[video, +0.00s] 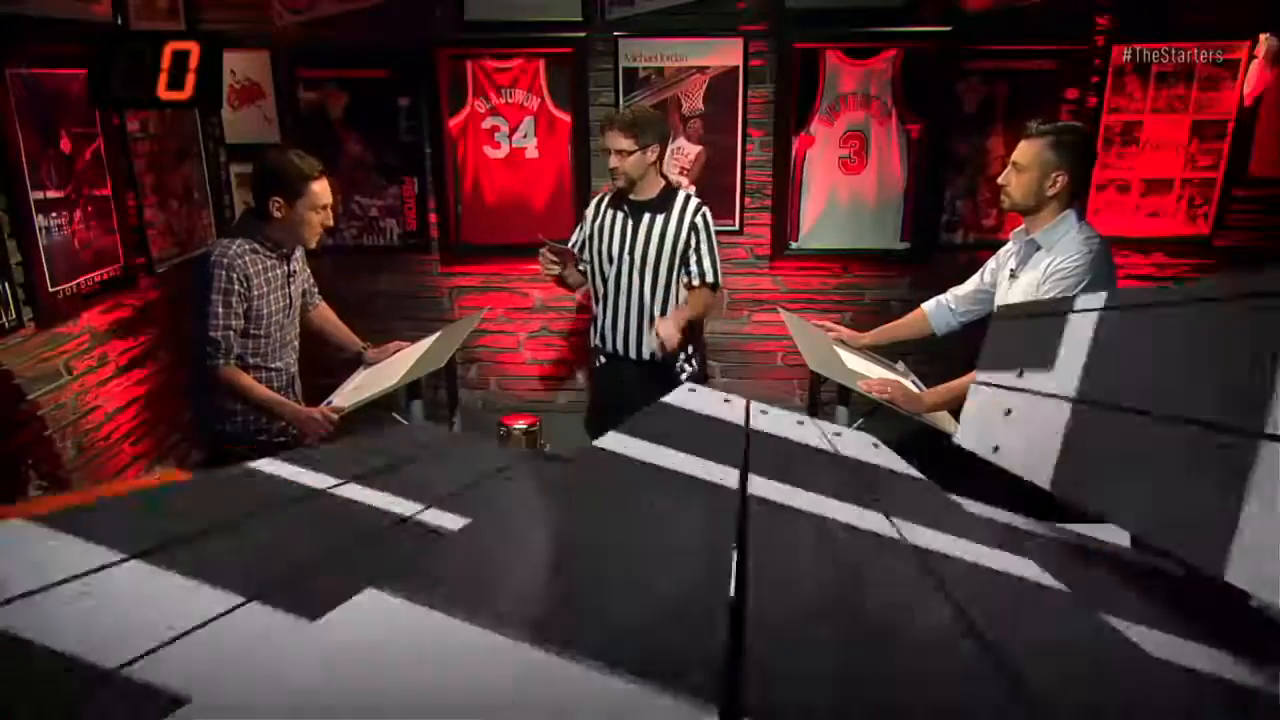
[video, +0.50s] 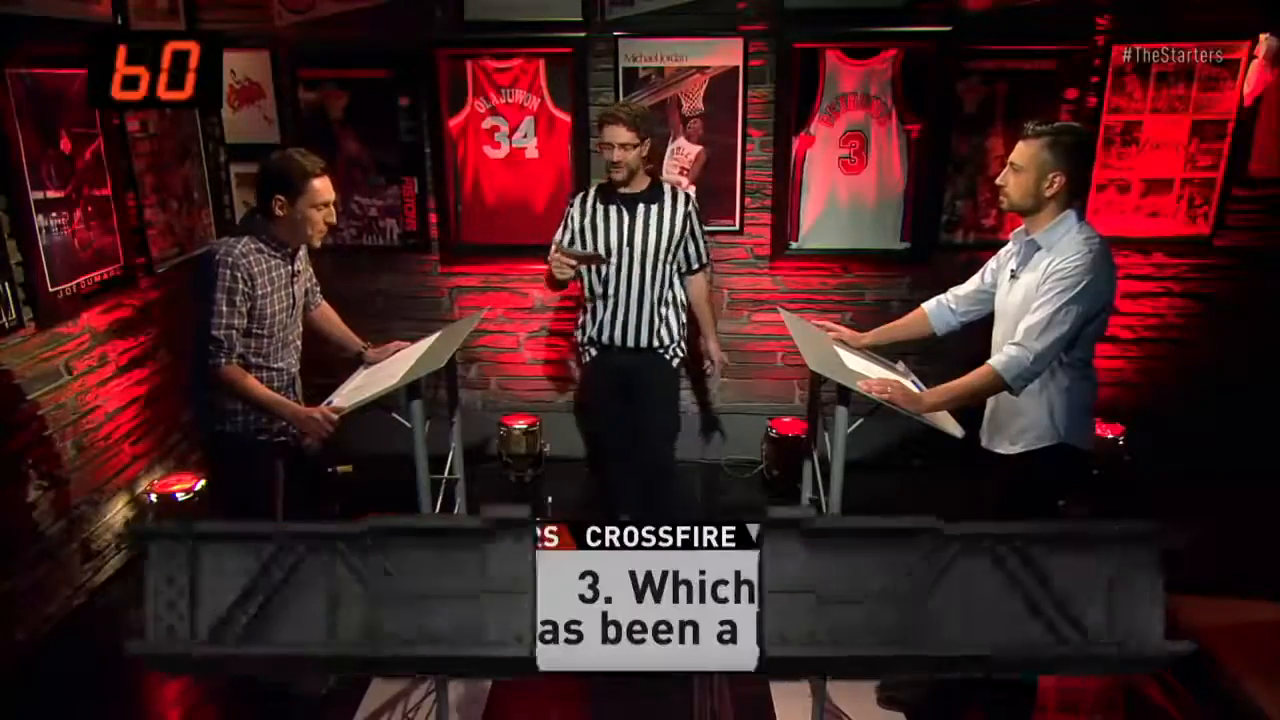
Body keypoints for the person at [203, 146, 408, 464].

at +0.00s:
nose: (329, 221)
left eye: (330, 209)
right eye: (319, 210)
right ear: (278, 210)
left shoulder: (291, 250)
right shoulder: (230, 262)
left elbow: (313, 307)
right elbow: (220, 367)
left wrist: (364, 351)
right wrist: (296, 414)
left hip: (289, 426)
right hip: (243, 436)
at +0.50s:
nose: (332, 219)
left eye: (332, 206)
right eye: (321, 208)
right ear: (280, 207)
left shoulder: (294, 249)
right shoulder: (233, 261)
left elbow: (314, 306)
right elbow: (221, 366)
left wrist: (364, 351)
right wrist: (297, 414)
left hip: (288, 432)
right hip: (244, 439)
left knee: (302, 537)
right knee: (256, 545)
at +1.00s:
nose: (333, 208)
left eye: (330, 198)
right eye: (323, 200)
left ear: (288, 209)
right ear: (287, 208)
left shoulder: (292, 248)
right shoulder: (233, 260)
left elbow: (313, 305)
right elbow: (220, 365)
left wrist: (364, 350)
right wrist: (296, 414)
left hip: (287, 428)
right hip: (244, 438)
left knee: (302, 528)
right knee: (254, 540)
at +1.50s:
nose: (329, 204)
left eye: (325, 193)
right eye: (319, 196)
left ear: (286, 207)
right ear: (283, 207)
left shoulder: (292, 248)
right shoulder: (233, 260)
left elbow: (313, 305)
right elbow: (220, 365)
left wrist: (364, 350)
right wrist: (295, 413)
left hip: (288, 428)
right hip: (243, 437)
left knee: (307, 527)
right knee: (255, 540)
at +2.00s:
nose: (323, 198)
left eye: (318, 187)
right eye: (310, 191)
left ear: (279, 207)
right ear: (274, 207)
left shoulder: (291, 248)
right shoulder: (231, 261)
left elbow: (313, 305)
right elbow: (220, 366)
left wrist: (364, 350)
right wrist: (294, 413)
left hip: (287, 427)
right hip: (241, 437)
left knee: (309, 526)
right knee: (255, 540)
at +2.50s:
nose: (314, 196)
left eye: (308, 185)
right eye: (300, 189)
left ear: (269, 205)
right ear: (266, 205)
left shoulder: (289, 247)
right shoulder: (226, 261)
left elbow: (312, 304)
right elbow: (218, 367)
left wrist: (364, 351)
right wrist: (293, 413)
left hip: (286, 425)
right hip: (240, 435)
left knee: (305, 525)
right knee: (252, 537)